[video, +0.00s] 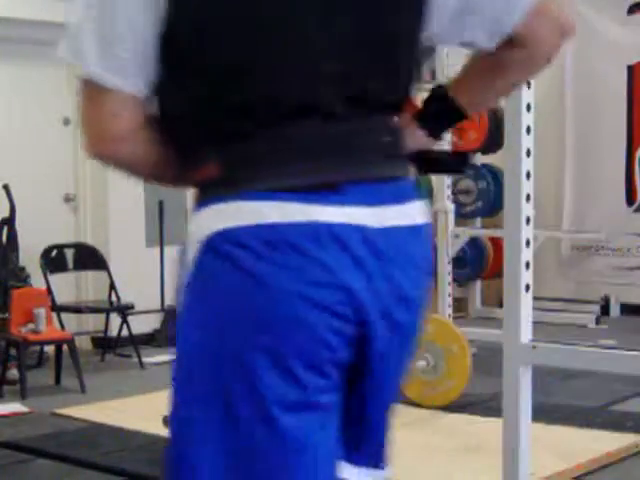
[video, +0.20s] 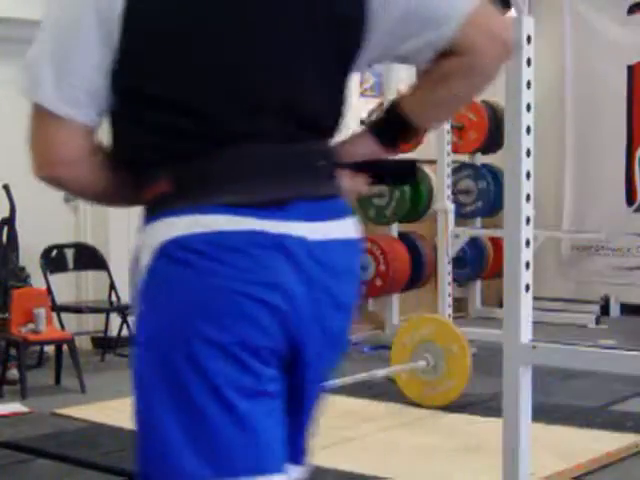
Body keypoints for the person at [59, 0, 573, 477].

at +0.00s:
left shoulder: (138, 5)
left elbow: (112, 132)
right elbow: (548, 26)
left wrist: (218, 161)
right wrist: (438, 112)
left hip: (263, 247)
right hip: (399, 239)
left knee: (263, 468)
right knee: (356, 465)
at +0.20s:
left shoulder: (104, 6)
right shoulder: (349, 4)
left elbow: (59, 156)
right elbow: (489, 38)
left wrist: (156, 181)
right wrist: (384, 136)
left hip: (207, 254)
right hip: (330, 251)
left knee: (226, 467)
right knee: (280, 462)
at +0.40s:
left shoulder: (53, 7)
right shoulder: (276, 5)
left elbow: (13, 147)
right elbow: (397, 36)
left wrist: (96, 172)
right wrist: (305, 127)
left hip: (134, 243)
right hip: (250, 234)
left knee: (103, 465)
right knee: (207, 462)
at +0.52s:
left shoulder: (27, 7)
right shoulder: (235, 5)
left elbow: (8, 155)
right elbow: (350, 22)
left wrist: (95, 163)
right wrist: (274, 119)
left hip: (95, 230)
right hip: (216, 229)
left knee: (35, 453)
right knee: (189, 463)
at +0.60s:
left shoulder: (20, 11)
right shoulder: (214, 7)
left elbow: (3, 159)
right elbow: (327, 23)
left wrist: (60, 169)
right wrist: (253, 118)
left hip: (78, 230)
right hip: (199, 229)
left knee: (20, 456)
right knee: (185, 466)